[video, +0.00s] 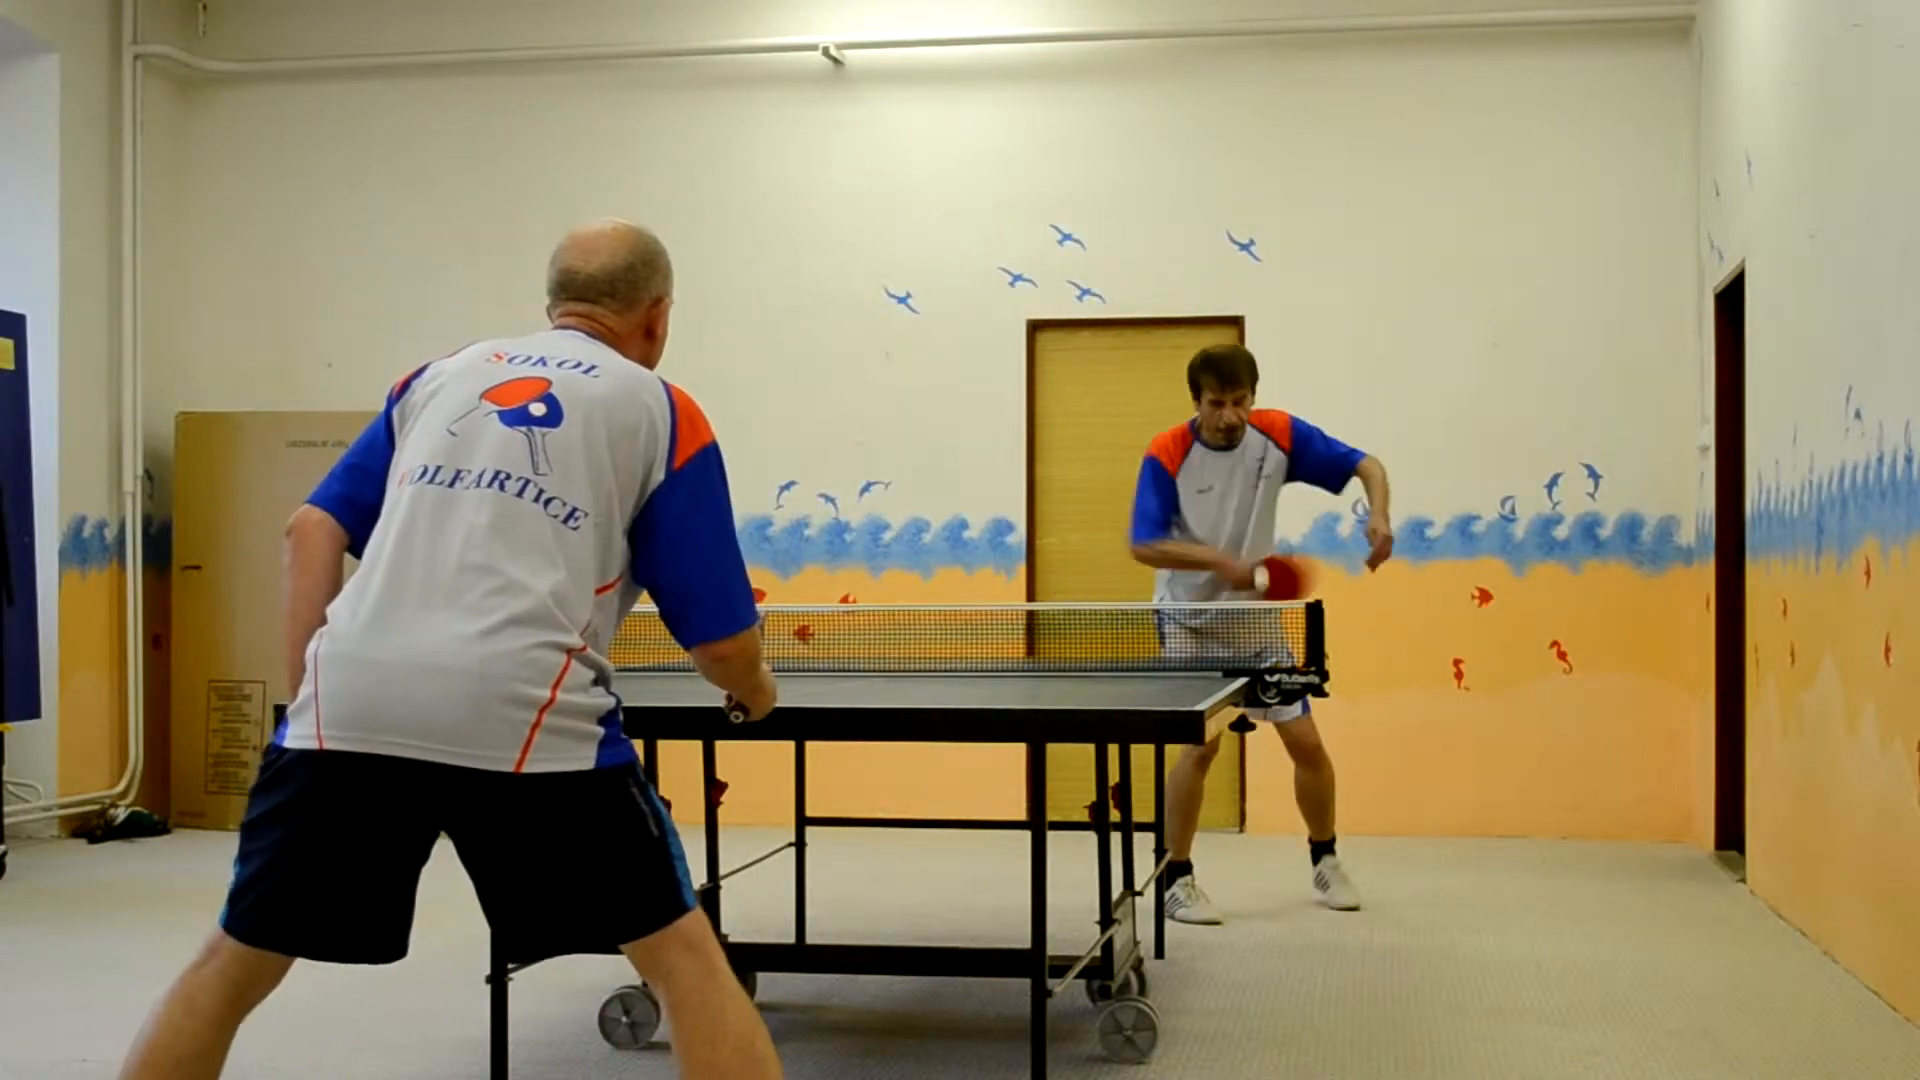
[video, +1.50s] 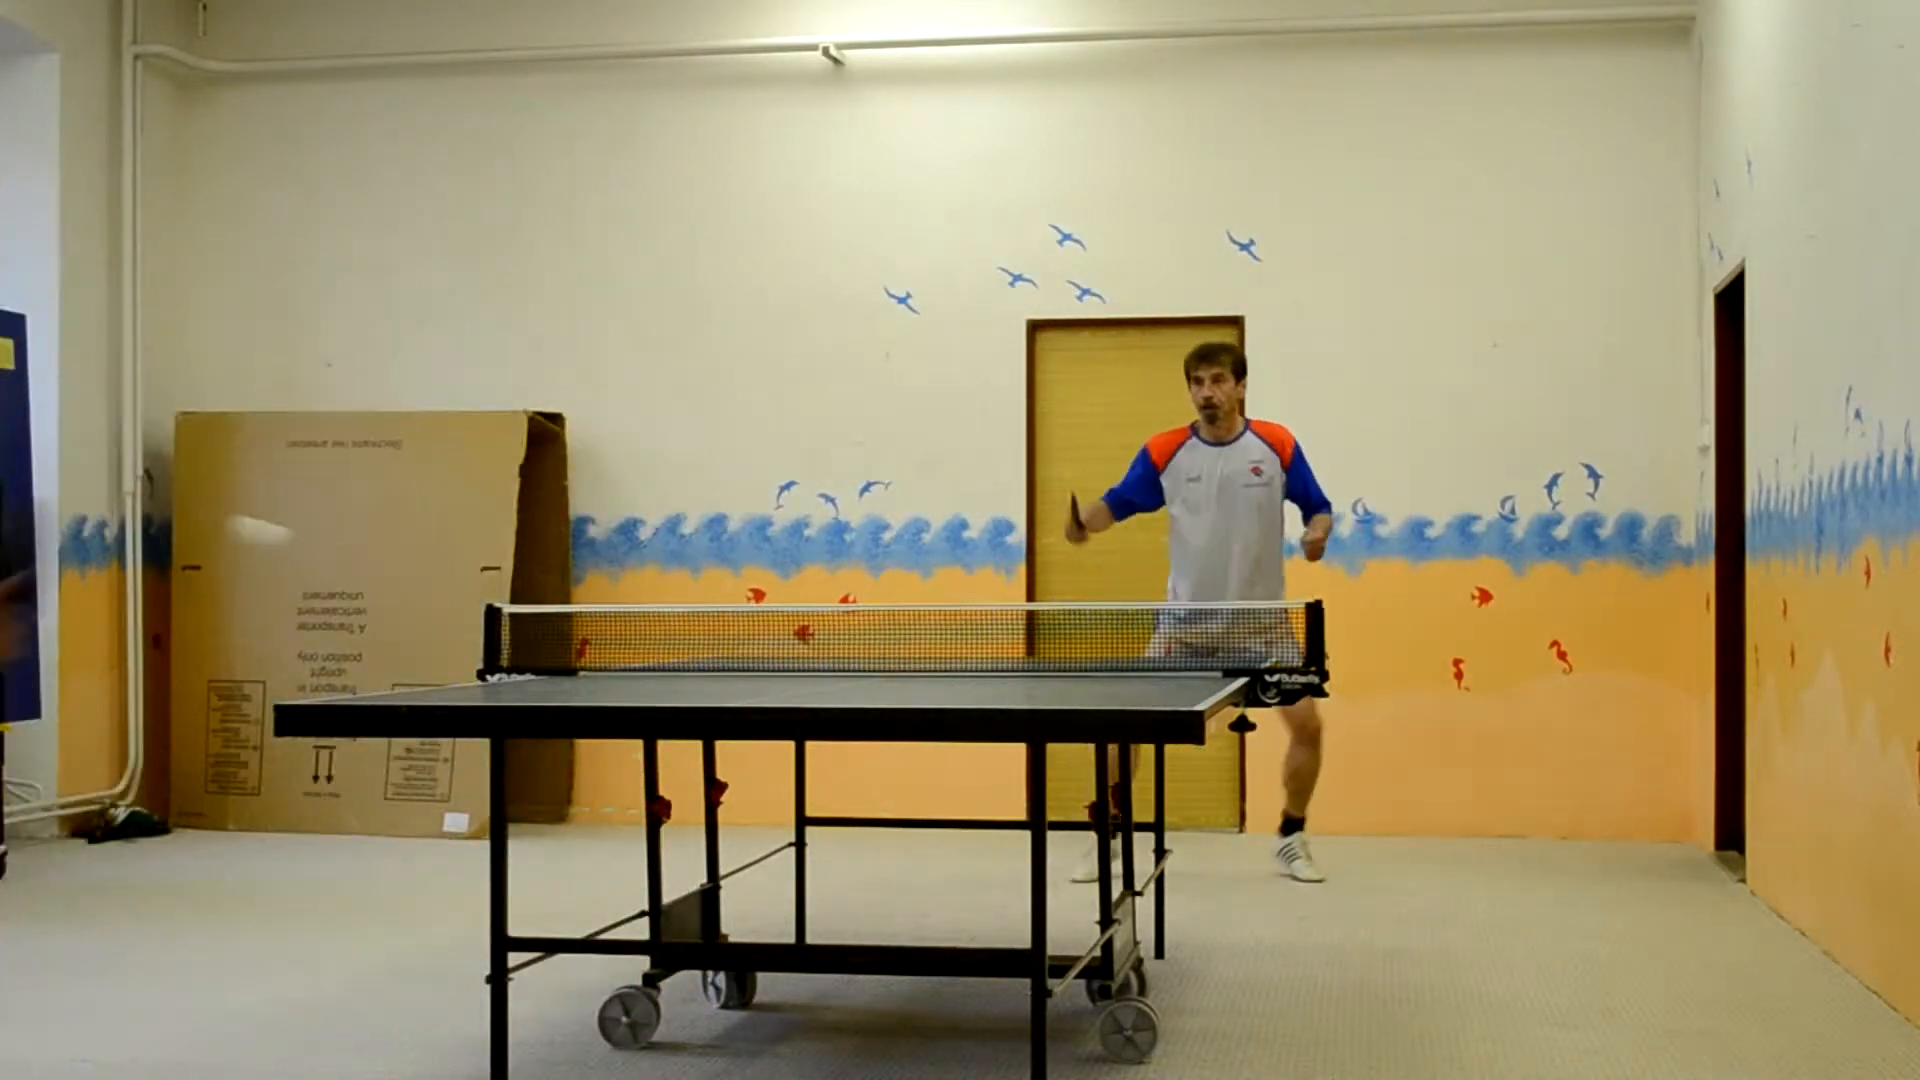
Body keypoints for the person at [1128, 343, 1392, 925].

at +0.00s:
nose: (1229, 416)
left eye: (1239, 403)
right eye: (1217, 405)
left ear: (1252, 395)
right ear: (1196, 400)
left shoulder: (1278, 434)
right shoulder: (1166, 454)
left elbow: (1368, 466)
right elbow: (1144, 545)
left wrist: (1380, 517)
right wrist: (1220, 559)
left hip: (1254, 614)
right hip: (1187, 618)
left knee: (1308, 744)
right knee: (1198, 746)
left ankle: (1325, 863)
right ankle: (1176, 879)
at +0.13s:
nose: (1233, 402)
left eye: (1244, 388)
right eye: (1223, 390)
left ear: (1266, 386)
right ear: (1210, 390)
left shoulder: (1303, 440)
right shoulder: (1176, 436)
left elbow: (1387, 487)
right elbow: (1097, 457)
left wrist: (1384, 543)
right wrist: (1072, 485)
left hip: (1277, 616)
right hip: (1201, 616)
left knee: (1308, 749)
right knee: (1184, 743)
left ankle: (1324, 870)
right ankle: (1170, 874)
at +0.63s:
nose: (1189, 397)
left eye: (1200, 386)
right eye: (1180, 388)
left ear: (1226, 388)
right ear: (1173, 393)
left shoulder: (1268, 452)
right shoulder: (1159, 458)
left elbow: (1327, 522)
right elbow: (1114, 521)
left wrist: (1314, 562)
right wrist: (1099, 562)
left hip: (1260, 630)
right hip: (1181, 630)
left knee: (1288, 753)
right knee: (1111, 731)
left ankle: (1321, 869)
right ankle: (1083, 861)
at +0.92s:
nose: (1160, 415)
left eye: (1170, 403)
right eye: (1150, 405)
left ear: (1192, 402)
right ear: (1139, 409)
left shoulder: (1231, 452)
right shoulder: (1123, 479)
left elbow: (1278, 527)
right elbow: (1104, 567)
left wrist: (1245, 531)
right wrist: (1147, 590)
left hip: (1236, 629)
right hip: (1160, 633)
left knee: (1283, 734)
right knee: (1095, 733)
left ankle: (1331, 864)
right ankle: (1081, 861)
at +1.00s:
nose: (1159, 403)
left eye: (1169, 392)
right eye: (1149, 393)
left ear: (1187, 392)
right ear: (1135, 396)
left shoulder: (1220, 438)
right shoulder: (1114, 461)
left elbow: (1269, 503)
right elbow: (1076, 531)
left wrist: (1251, 495)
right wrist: (1118, 552)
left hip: (1226, 615)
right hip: (1146, 619)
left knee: (1282, 727)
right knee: (1095, 729)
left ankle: (1336, 855)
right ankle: (1076, 856)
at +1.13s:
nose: (1161, 381)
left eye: (1171, 370)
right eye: (1151, 372)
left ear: (1191, 374)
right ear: (1138, 379)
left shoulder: (1225, 427)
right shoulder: (1116, 438)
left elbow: (1265, 473)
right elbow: (1055, 482)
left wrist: (1292, 476)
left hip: (1221, 608)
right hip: (1143, 611)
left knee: (1279, 725)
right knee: (1096, 730)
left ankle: (1317, 844)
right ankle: (1072, 856)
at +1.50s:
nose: (1209, 392)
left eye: (1218, 380)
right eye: (1199, 382)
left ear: (1240, 385)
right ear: (1188, 391)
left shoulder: (1277, 444)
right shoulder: (1165, 452)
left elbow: (1318, 508)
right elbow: (1115, 503)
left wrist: (1317, 533)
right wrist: (1083, 522)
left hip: (1262, 621)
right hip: (1185, 621)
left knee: (1307, 723)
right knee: (1130, 717)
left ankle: (1292, 836)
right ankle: (1106, 835)